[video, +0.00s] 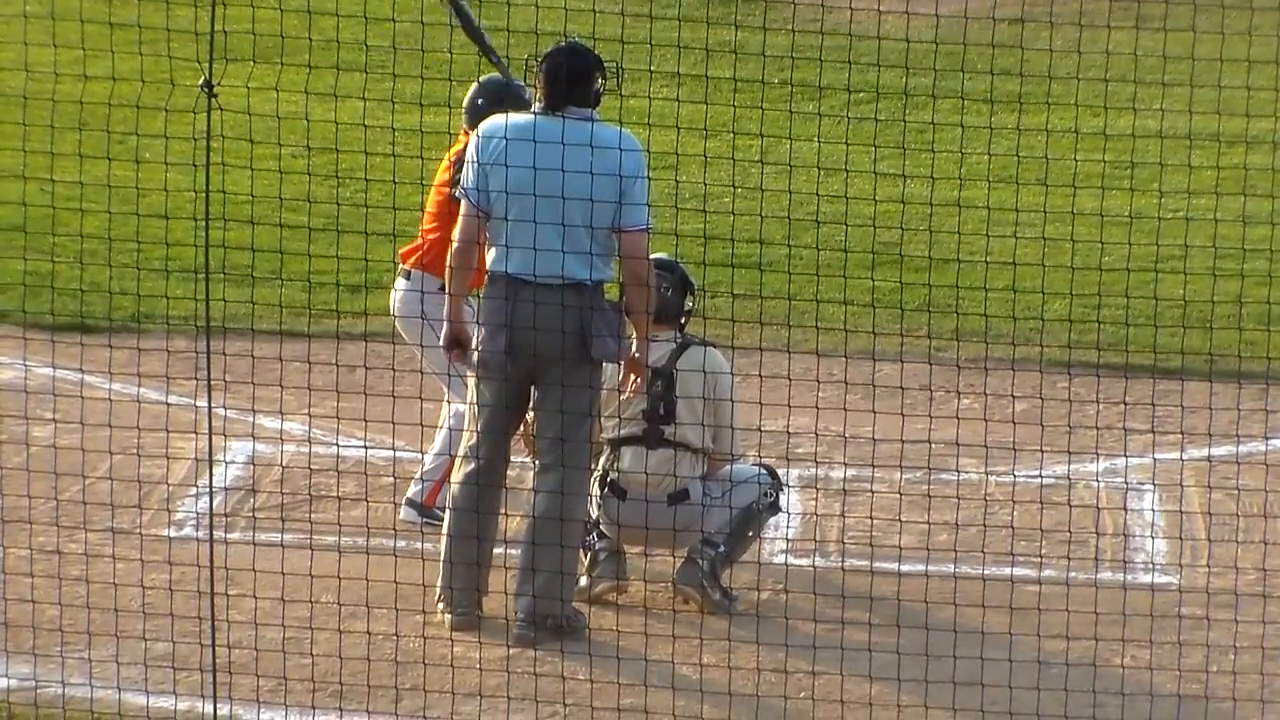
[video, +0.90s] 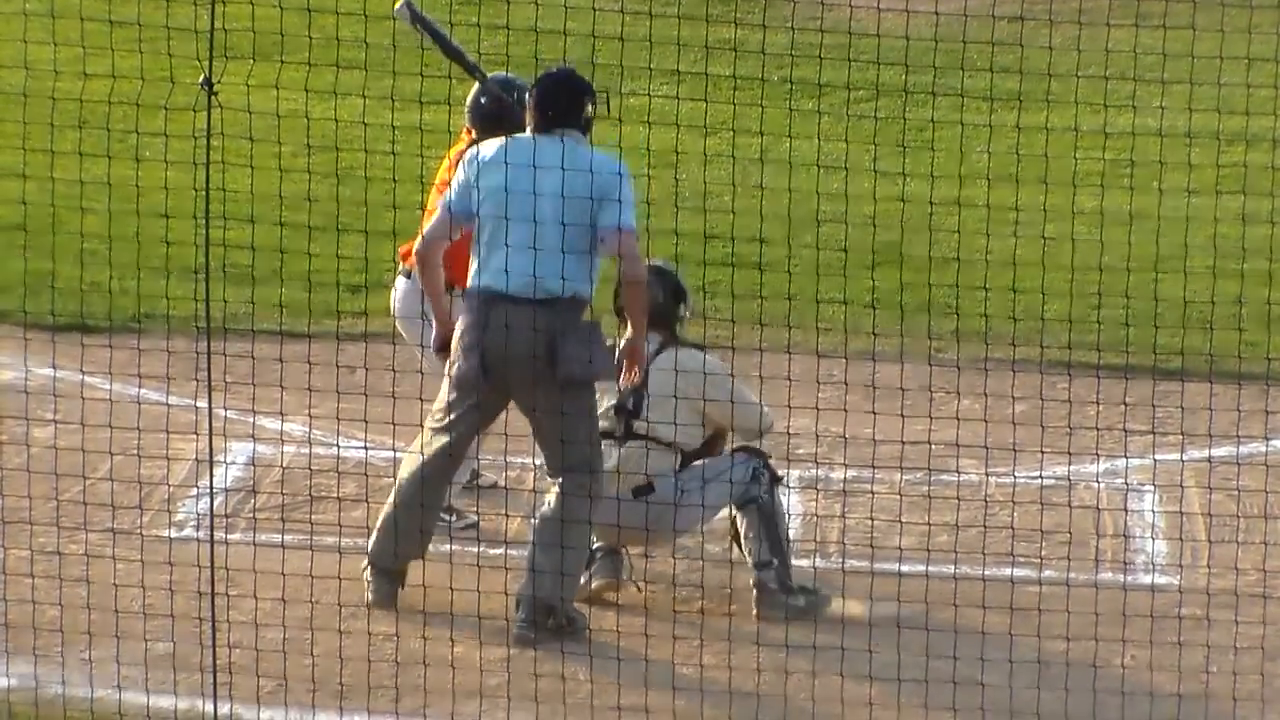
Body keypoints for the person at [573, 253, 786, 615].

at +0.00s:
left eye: (633, 293)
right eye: (686, 298)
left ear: (629, 303)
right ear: (682, 309)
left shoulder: (606, 357)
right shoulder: (709, 361)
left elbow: (585, 443)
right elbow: (719, 458)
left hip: (615, 512)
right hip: (680, 514)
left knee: (590, 470)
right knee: (765, 482)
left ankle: (604, 557)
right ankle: (703, 564)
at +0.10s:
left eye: (634, 291)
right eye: (686, 296)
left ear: (630, 302)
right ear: (682, 307)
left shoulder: (606, 357)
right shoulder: (708, 360)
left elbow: (587, 439)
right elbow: (721, 455)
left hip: (617, 512)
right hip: (682, 513)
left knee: (592, 468)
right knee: (765, 481)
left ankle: (604, 557)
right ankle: (703, 563)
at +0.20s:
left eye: (633, 291)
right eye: (682, 296)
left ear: (629, 302)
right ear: (680, 307)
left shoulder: (606, 357)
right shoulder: (707, 361)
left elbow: (595, 440)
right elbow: (722, 454)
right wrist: (685, 476)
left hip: (618, 512)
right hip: (682, 514)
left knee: (597, 467)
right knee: (763, 481)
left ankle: (603, 557)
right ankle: (703, 564)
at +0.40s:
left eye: (623, 295)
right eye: (672, 298)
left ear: (617, 304)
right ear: (669, 306)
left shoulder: (601, 357)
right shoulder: (700, 359)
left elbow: (583, 440)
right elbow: (726, 445)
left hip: (617, 511)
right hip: (682, 512)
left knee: (590, 462)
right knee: (754, 477)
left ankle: (603, 554)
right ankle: (702, 564)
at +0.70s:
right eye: (659, 298)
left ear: (605, 309)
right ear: (658, 308)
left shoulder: (592, 358)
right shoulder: (686, 357)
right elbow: (746, 413)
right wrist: (702, 424)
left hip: (601, 511)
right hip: (663, 511)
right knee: (749, 444)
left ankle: (608, 555)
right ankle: (718, 551)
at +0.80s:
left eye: (623, 302)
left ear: (614, 308)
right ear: (666, 307)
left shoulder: (593, 355)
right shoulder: (686, 357)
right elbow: (750, 413)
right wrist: (697, 441)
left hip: (591, 506)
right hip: (657, 506)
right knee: (751, 452)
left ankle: (607, 557)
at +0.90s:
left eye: (629, 302)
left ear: (621, 311)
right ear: (675, 312)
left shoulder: (599, 361)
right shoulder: (691, 363)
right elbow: (757, 422)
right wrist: (715, 435)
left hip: (592, 508)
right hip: (653, 510)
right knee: (751, 468)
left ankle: (604, 563)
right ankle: (774, 588)